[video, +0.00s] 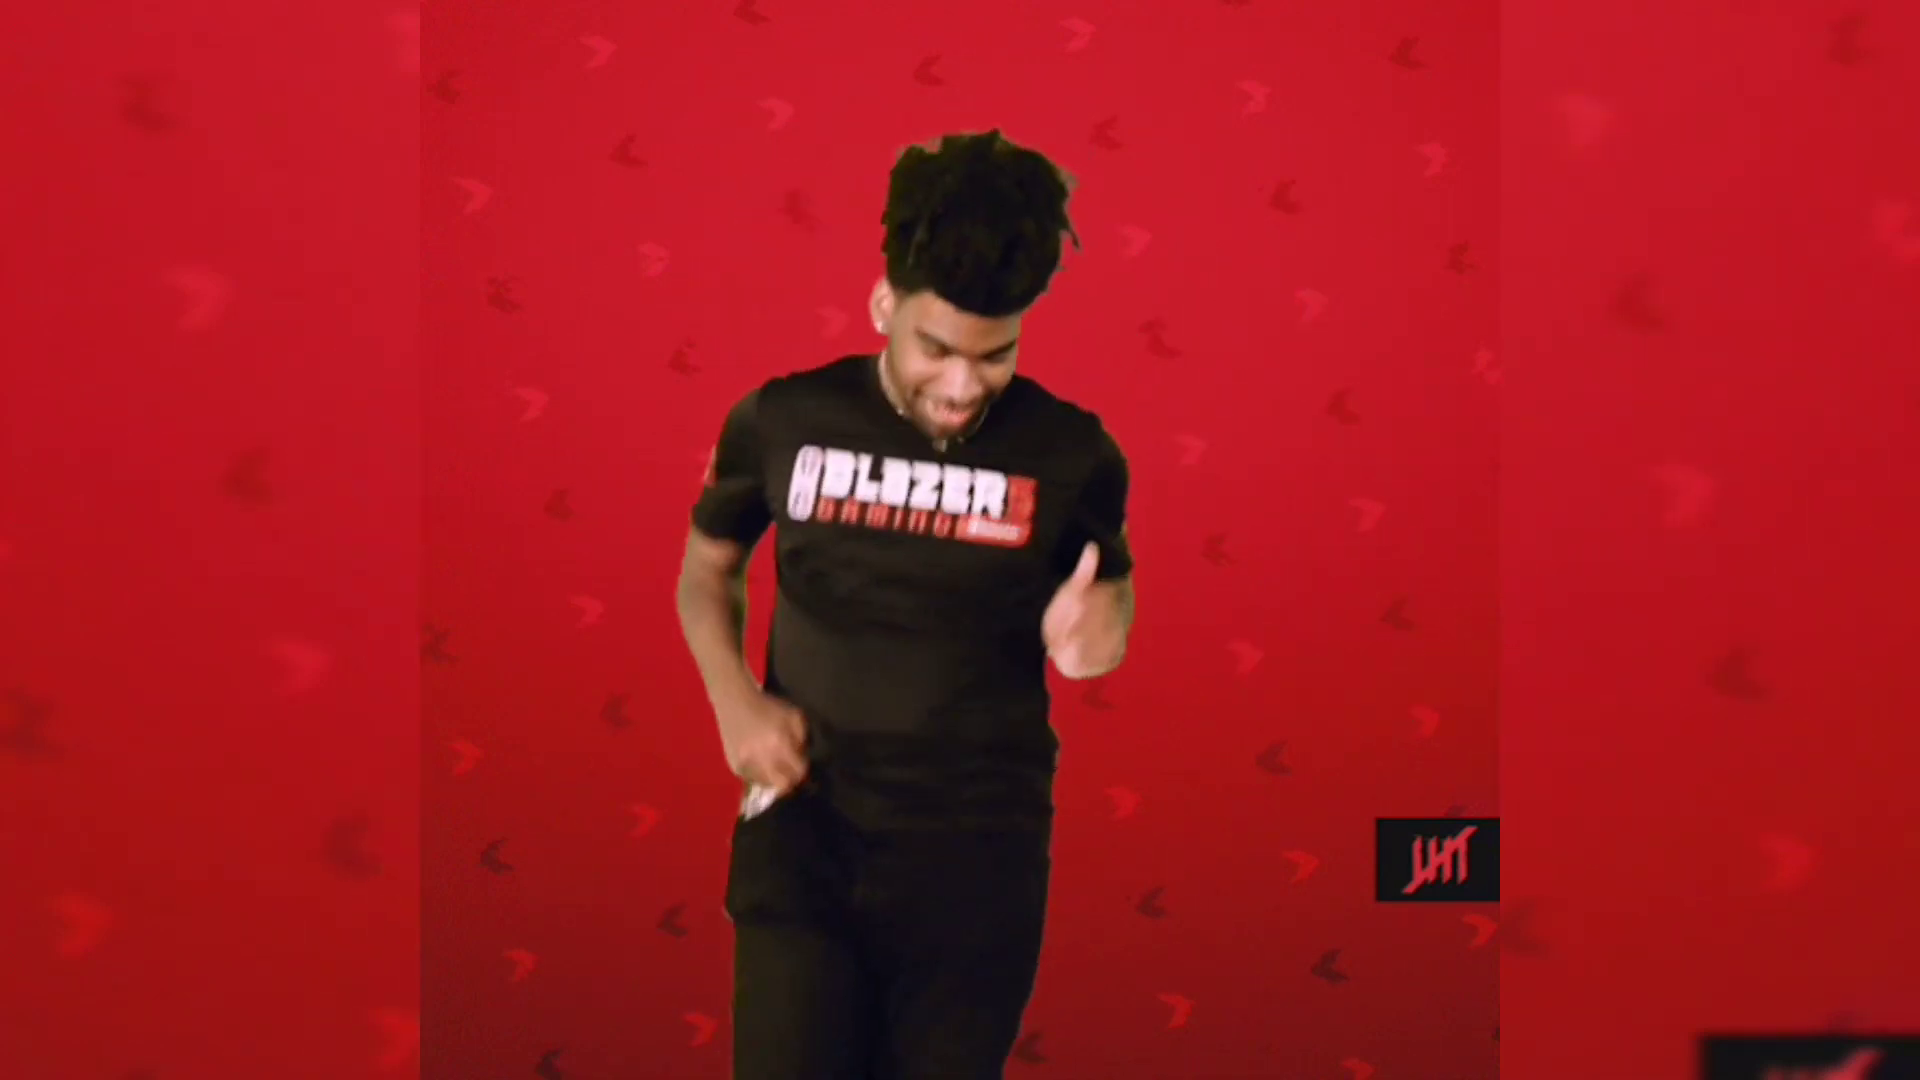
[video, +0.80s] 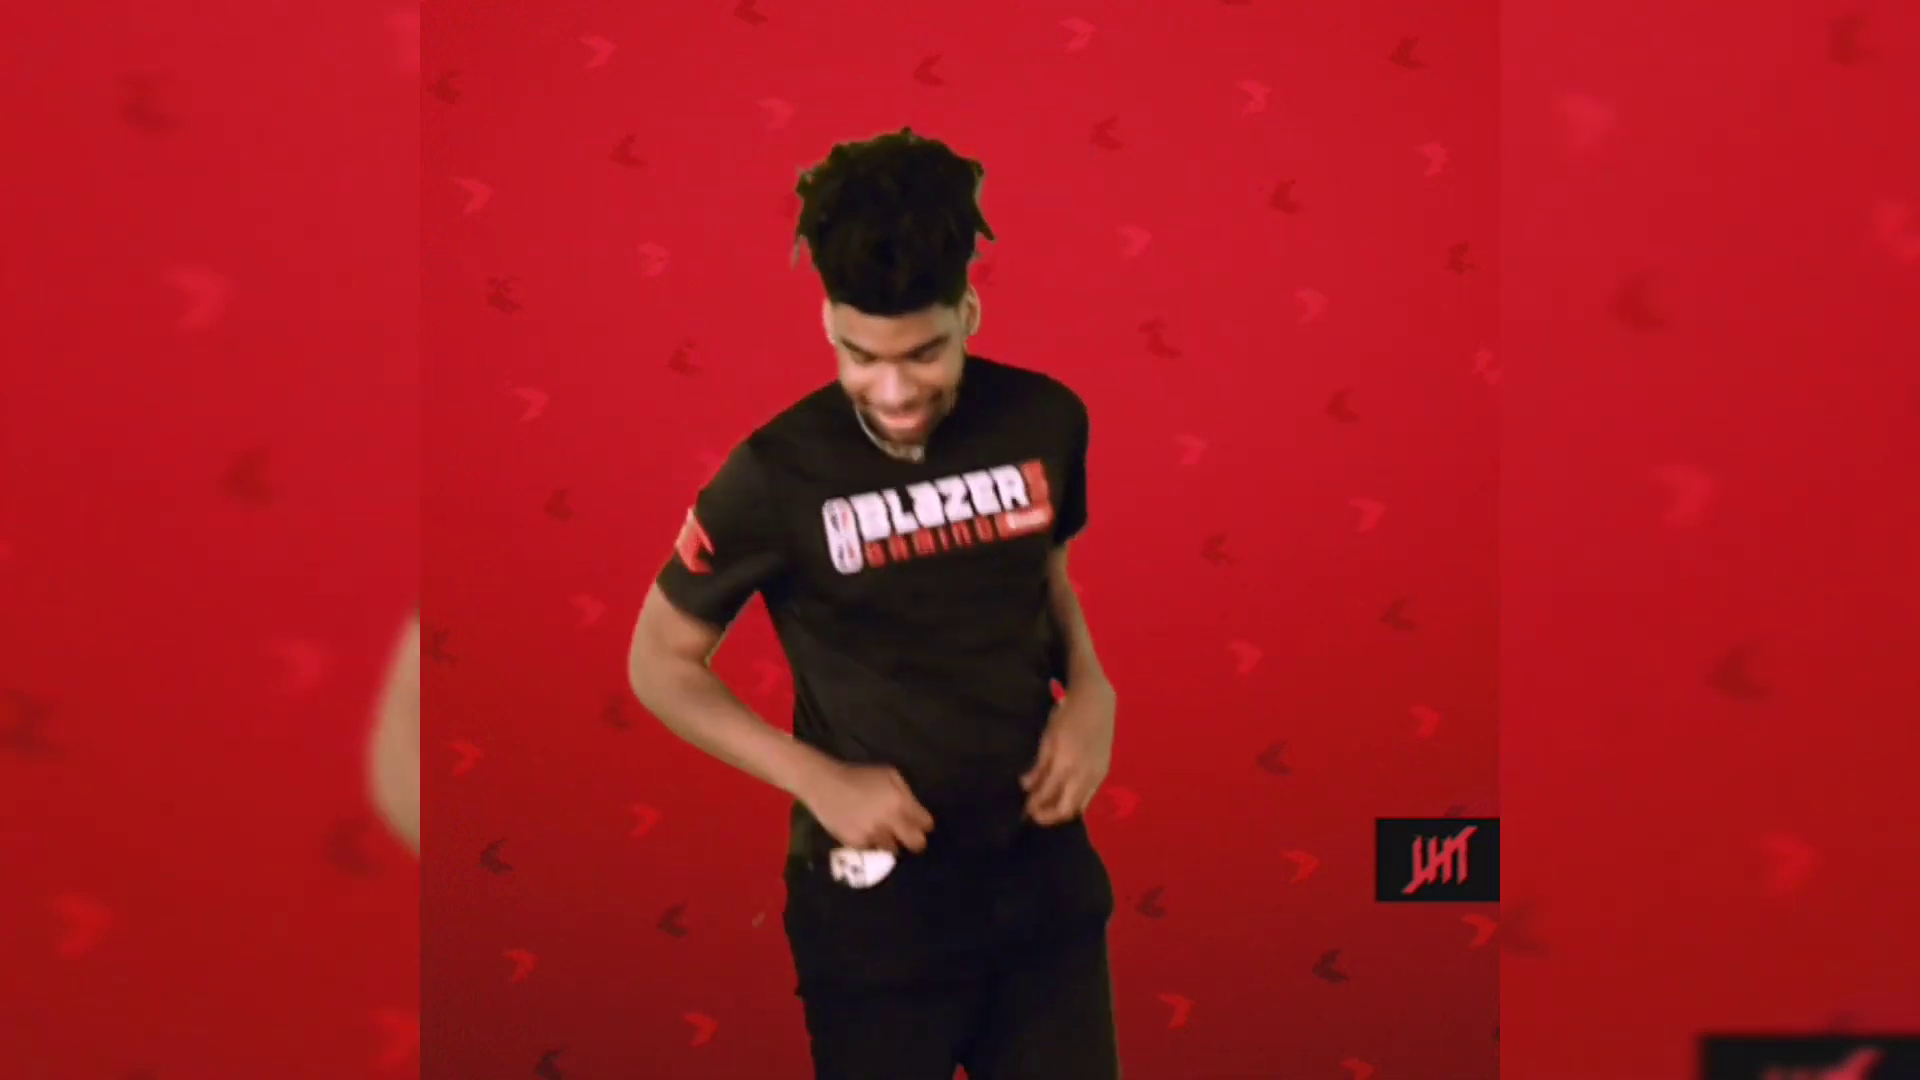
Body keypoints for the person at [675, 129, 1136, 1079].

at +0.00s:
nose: (962, 383)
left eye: (993, 354)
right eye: (936, 346)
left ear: (1027, 318)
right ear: (883, 304)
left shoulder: (1073, 456)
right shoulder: (781, 425)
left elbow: (1106, 592)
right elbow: (707, 572)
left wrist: (1089, 640)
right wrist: (735, 700)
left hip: (978, 853)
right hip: (806, 843)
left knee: (950, 1059)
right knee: (787, 1061)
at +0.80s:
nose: (894, 387)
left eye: (925, 353)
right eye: (860, 355)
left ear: (971, 311)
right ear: (827, 315)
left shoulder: (1043, 424)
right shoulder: (773, 481)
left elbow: (1045, 563)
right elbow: (660, 663)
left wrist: (1091, 688)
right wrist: (818, 780)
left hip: (1041, 883)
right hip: (872, 905)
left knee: (1071, 1062)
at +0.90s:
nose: (917, 387)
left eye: (948, 352)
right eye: (883, 354)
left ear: (993, 311)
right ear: (849, 315)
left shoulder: (1065, 426)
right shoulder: (797, 482)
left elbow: (1064, 571)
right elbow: (683, 661)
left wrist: (1112, 688)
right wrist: (837, 774)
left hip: (1057, 878)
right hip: (886, 898)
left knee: (1098, 1062)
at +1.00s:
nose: (969, 357)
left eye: (999, 322)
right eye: (935, 324)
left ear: (1041, 280)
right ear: (897, 285)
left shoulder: (1108, 396)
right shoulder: (829, 437)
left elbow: (1114, 526)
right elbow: (715, 606)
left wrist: (1148, 642)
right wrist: (855, 723)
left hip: (1091, 834)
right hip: (924, 849)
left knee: (1115, 1062)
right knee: (959, 1063)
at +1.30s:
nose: (995, 387)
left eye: (1029, 356)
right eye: (976, 352)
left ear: (1108, 339)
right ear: (958, 330)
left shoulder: (1191, 492)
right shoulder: (889, 482)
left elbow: (1207, 650)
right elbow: (783, 634)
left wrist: (1179, 756)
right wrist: (877, 784)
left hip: (1123, 916)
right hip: (944, 921)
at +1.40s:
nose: (970, 332)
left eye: (1007, 303)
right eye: (954, 297)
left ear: (1091, 285)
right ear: (938, 273)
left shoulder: (1183, 419)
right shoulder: (878, 405)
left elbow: (1220, 574)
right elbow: (794, 554)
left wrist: (1179, 682)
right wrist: (853, 688)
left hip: (1107, 835)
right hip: (925, 836)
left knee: (1102, 1064)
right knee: (920, 1065)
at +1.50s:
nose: (946, 333)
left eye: (980, 304)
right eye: (930, 297)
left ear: (1067, 285)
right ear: (915, 272)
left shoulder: (1169, 428)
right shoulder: (873, 406)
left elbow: (1218, 603)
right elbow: (812, 563)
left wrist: (1143, 695)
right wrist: (833, 693)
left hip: (1074, 849)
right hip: (900, 839)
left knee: (1052, 1062)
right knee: (879, 1063)